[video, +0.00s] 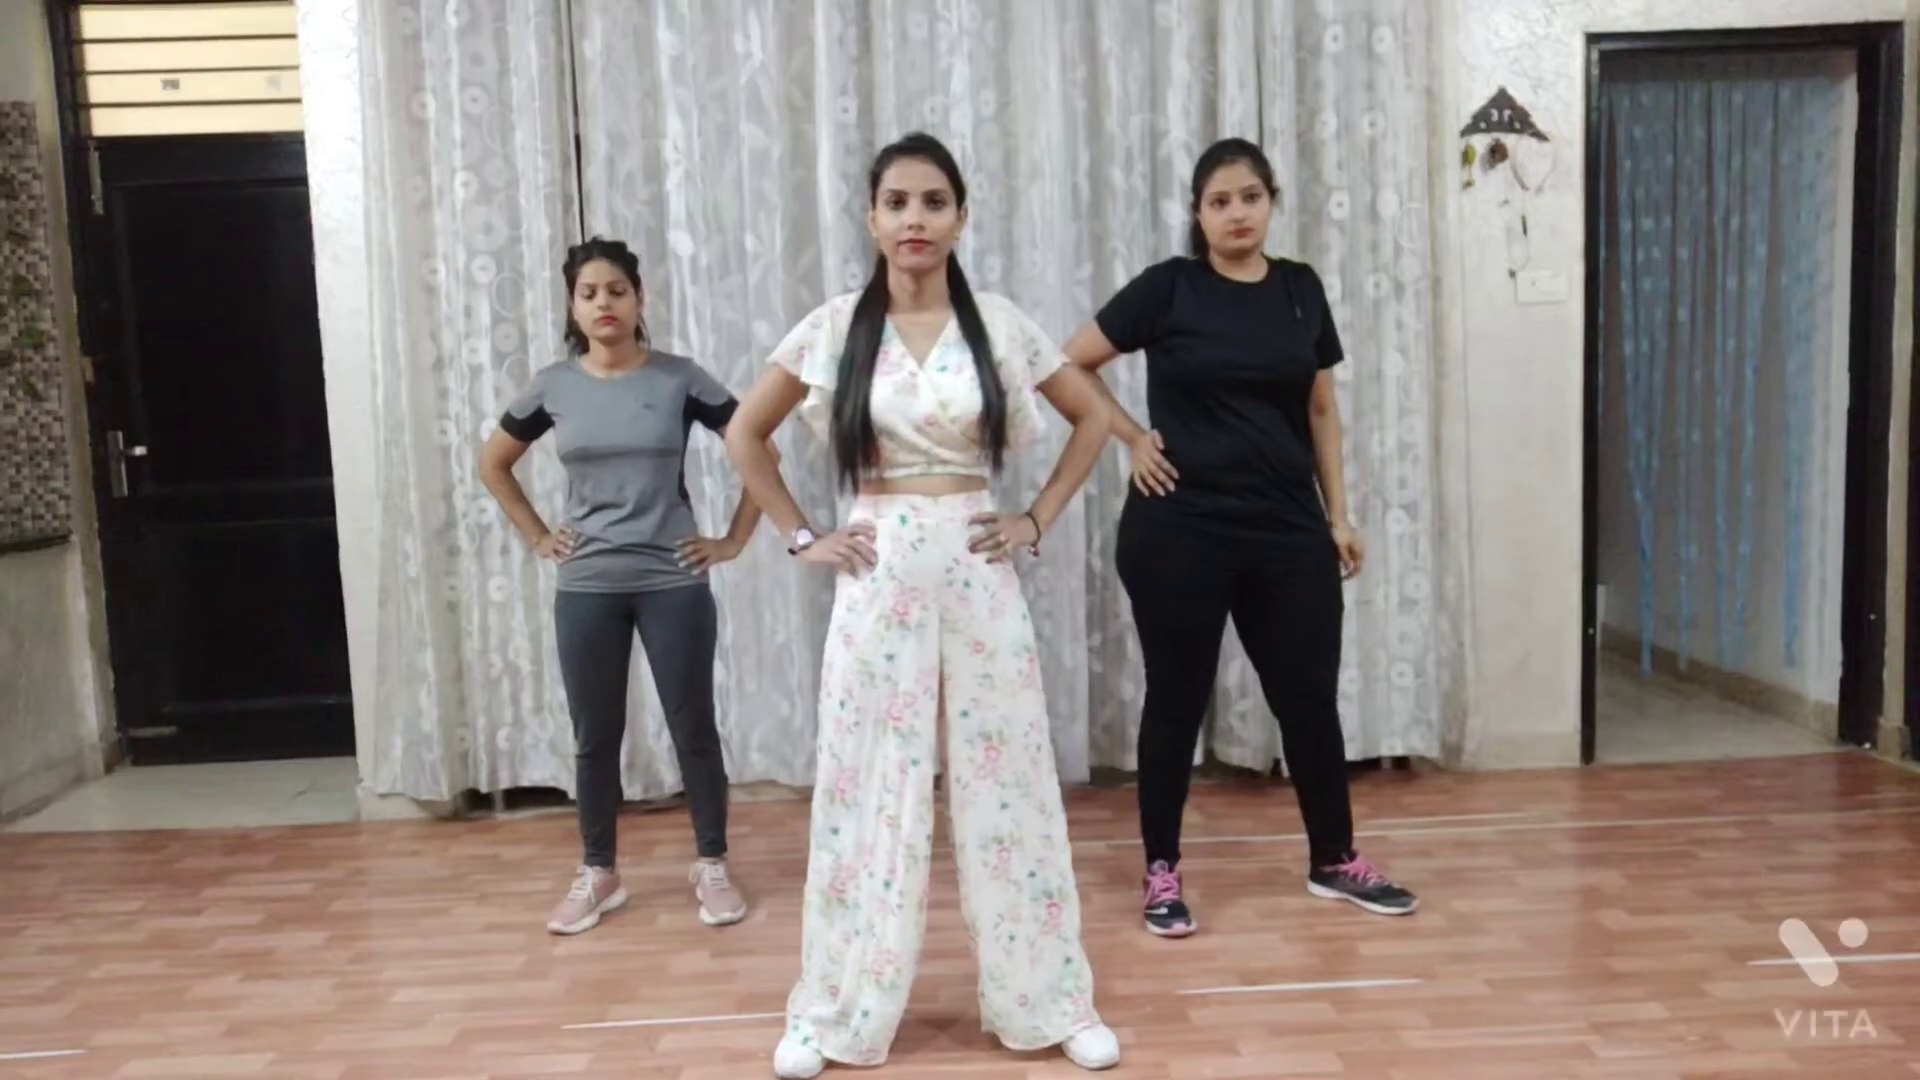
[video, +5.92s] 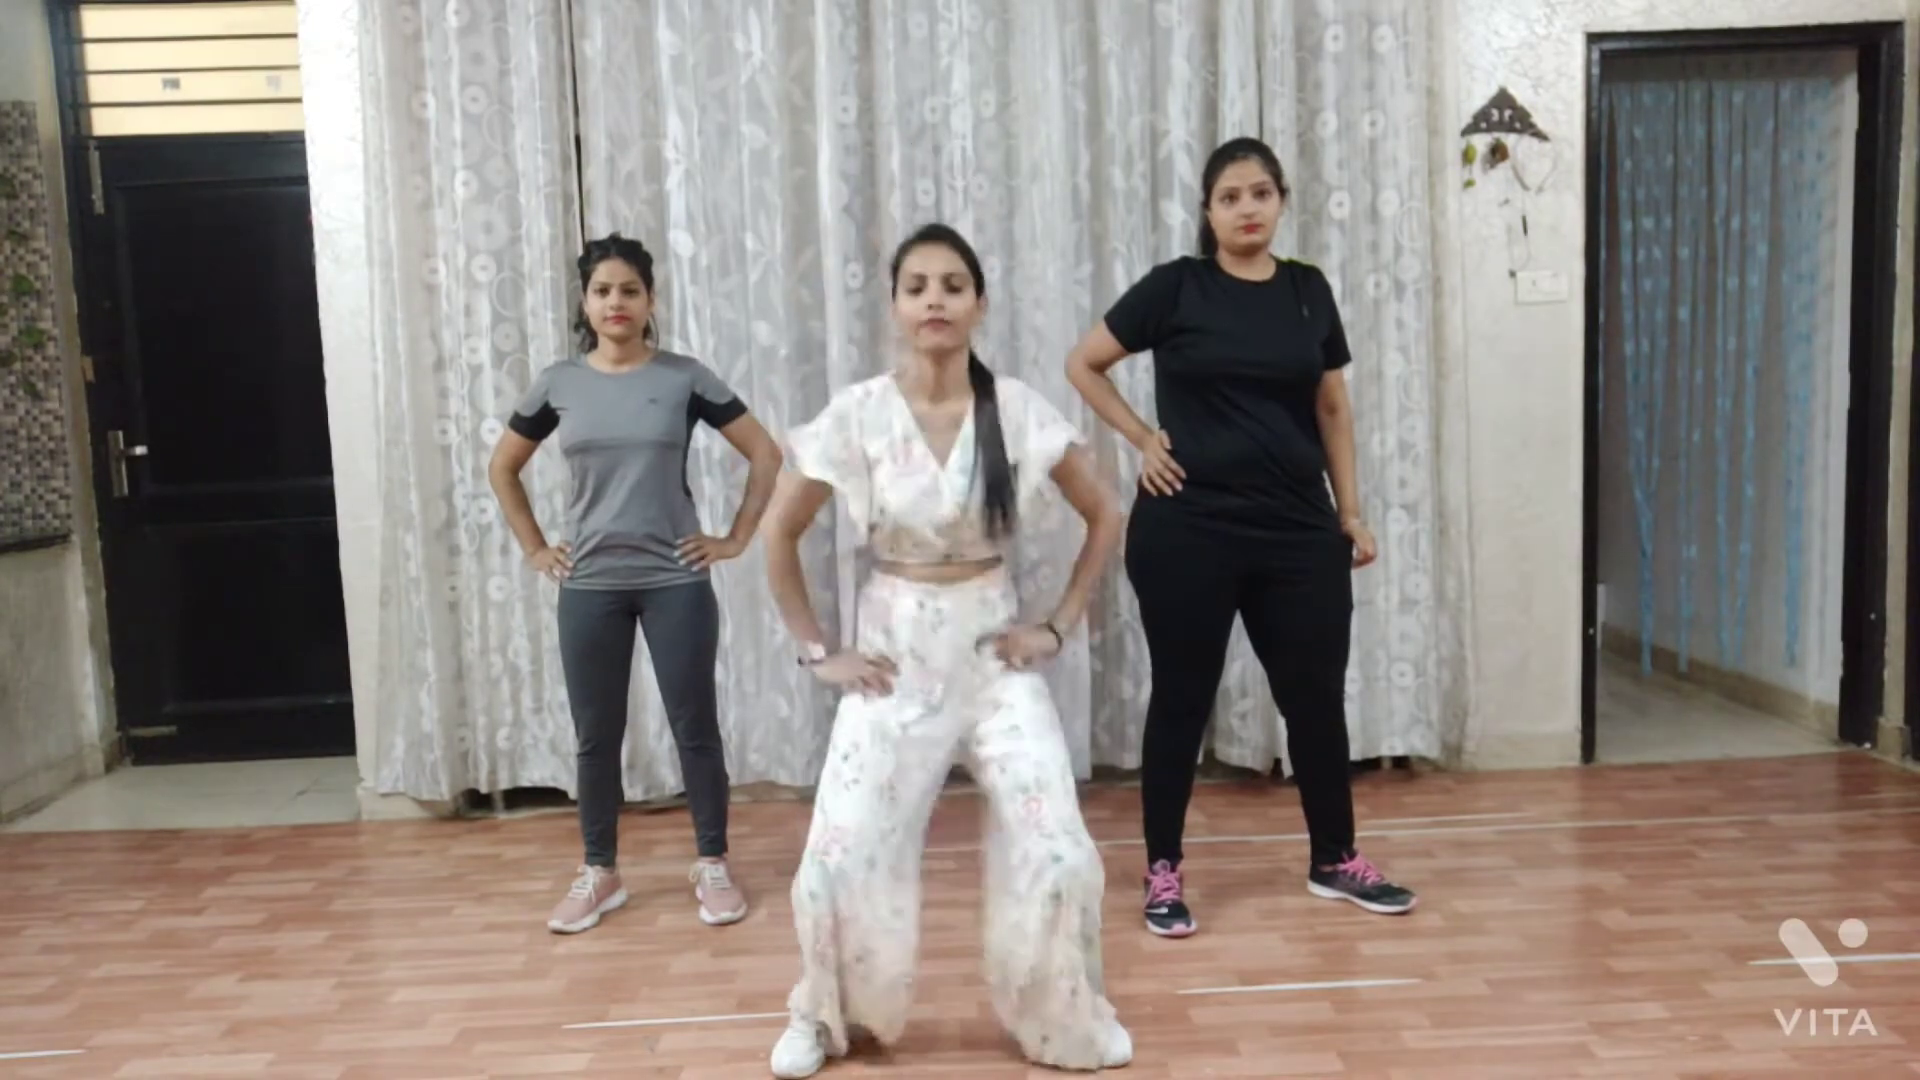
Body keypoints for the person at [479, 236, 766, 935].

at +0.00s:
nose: (604, 303)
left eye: (616, 290)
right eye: (590, 293)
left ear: (639, 299)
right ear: (572, 307)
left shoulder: (679, 379)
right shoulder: (554, 387)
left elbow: (761, 449)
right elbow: (492, 464)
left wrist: (734, 539)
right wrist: (538, 535)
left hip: (673, 574)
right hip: (588, 579)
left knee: (693, 728)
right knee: (595, 737)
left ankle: (712, 867)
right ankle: (598, 874)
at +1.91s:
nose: (614, 304)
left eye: (627, 291)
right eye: (601, 293)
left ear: (649, 299)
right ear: (583, 304)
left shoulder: (686, 379)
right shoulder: (560, 386)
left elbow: (768, 453)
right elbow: (501, 469)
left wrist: (739, 539)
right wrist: (539, 551)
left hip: (678, 575)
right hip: (592, 580)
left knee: (696, 727)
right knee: (597, 737)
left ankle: (713, 867)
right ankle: (599, 872)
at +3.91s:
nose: (621, 300)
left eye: (633, 288)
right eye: (607, 289)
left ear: (654, 299)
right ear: (588, 301)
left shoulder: (688, 379)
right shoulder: (561, 383)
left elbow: (768, 454)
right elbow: (503, 465)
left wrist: (737, 538)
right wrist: (537, 547)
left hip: (676, 575)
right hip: (591, 578)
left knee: (695, 729)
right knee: (596, 737)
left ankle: (712, 867)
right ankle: (599, 872)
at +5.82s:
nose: (616, 302)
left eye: (629, 290)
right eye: (603, 291)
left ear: (651, 301)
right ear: (584, 303)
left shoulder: (686, 378)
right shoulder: (558, 384)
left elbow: (766, 456)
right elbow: (502, 468)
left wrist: (736, 538)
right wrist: (537, 549)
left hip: (676, 574)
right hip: (590, 578)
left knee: (695, 727)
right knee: (596, 735)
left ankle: (712, 866)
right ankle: (599, 872)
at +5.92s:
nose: (616, 302)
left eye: (629, 290)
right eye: (603, 291)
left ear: (651, 300)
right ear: (584, 302)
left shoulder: (686, 378)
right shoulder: (558, 384)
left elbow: (766, 455)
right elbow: (502, 468)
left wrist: (736, 538)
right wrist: (537, 549)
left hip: (675, 574)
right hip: (590, 579)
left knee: (695, 727)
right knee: (596, 736)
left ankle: (712, 866)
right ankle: (599, 872)